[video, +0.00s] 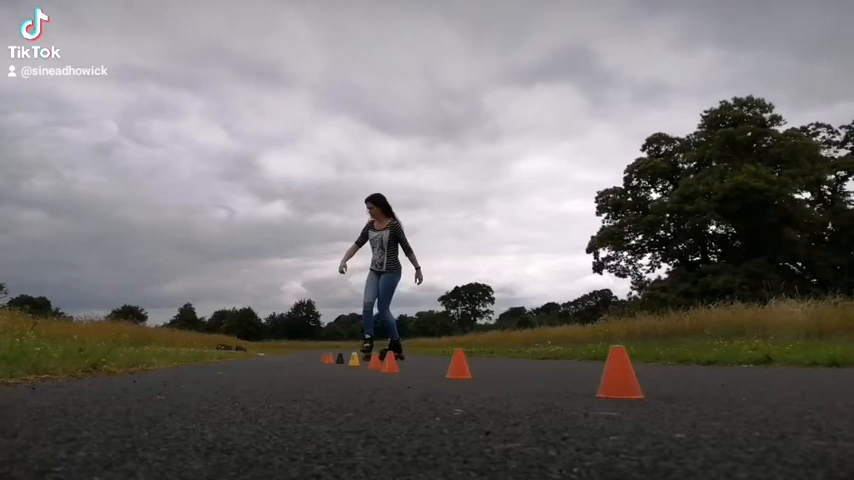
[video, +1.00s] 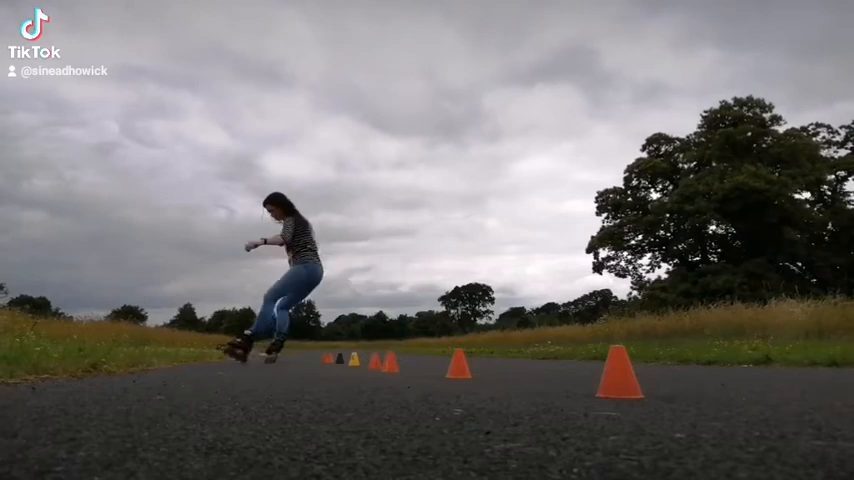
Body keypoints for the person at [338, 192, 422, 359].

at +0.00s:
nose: (369, 211)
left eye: (371, 208)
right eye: (368, 208)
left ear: (381, 207)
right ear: (369, 209)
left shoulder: (394, 225)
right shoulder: (370, 226)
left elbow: (406, 247)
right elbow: (357, 244)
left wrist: (417, 268)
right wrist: (344, 260)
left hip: (391, 271)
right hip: (374, 271)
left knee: (383, 308)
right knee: (367, 304)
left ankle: (395, 342)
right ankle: (368, 340)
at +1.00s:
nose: (271, 215)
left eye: (272, 211)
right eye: (269, 212)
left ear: (281, 207)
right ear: (283, 207)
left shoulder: (291, 220)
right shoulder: (300, 221)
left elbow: (284, 239)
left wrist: (260, 242)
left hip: (305, 267)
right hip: (315, 271)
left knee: (270, 297)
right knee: (282, 306)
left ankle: (249, 339)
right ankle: (278, 342)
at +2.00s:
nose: (341, 180)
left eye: (343, 175)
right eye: (339, 177)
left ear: (356, 172)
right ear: (338, 178)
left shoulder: (373, 192)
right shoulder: (343, 198)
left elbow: (400, 205)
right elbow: (325, 218)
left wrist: (428, 211)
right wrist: (307, 235)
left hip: (380, 250)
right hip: (359, 252)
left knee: (385, 295)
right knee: (367, 293)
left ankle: (419, 331)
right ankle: (372, 336)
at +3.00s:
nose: (279, 164)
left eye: (279, 159)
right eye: (277, 160)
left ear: (287, 154)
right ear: (296, 151)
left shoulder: (298, 170)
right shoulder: (318, 170)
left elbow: (293, 206)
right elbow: (340, 206)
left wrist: (275, 232)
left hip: (314, 231)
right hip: (325, 232)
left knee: (280, 276)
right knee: (286, 280)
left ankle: (274, 334)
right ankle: (283, 334)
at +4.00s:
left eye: (343, 148)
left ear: (346, 145)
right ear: (373, 138)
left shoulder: (345, 161)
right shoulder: (389, 150)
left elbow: (341, 203)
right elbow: (427, 171)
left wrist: (331, 239)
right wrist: (453, 200)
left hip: (369, 220)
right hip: (402, 213)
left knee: (397, 281)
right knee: (416, 272)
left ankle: (426, 333)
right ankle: (426, 335)